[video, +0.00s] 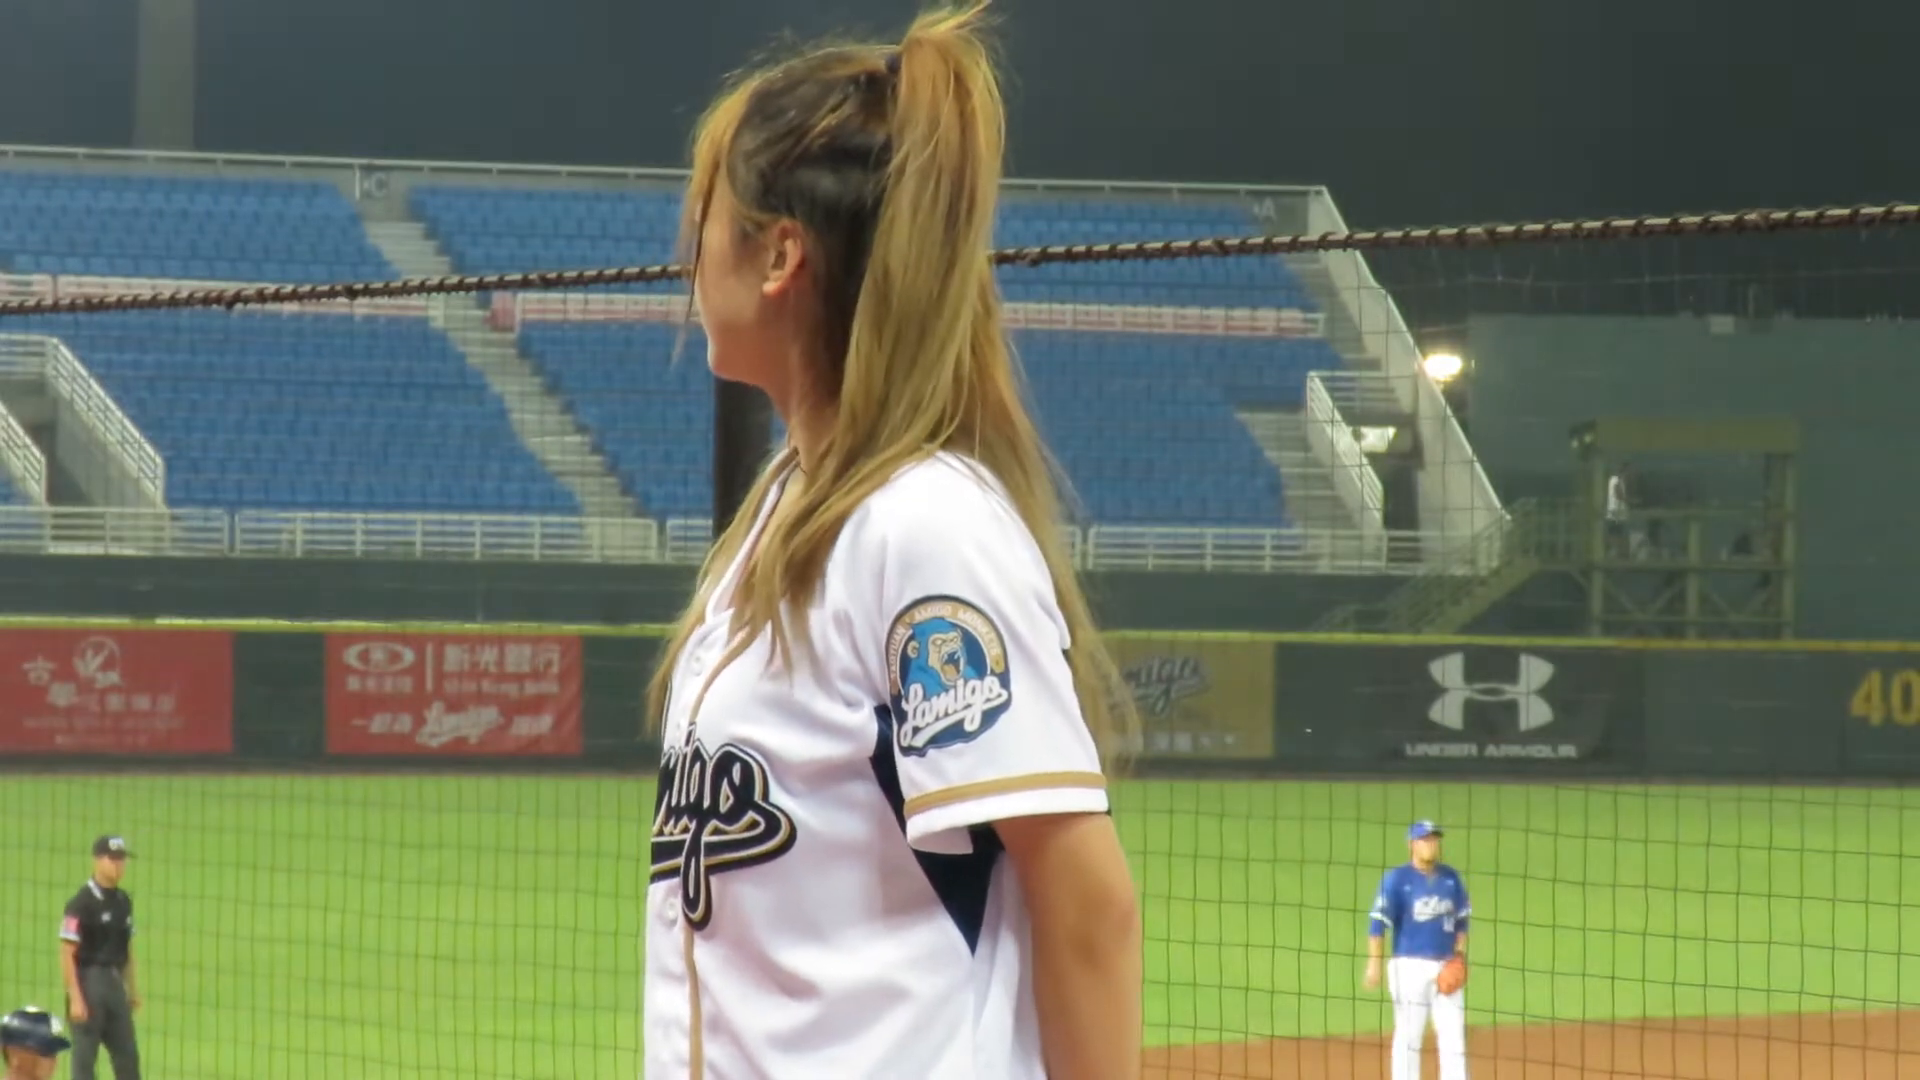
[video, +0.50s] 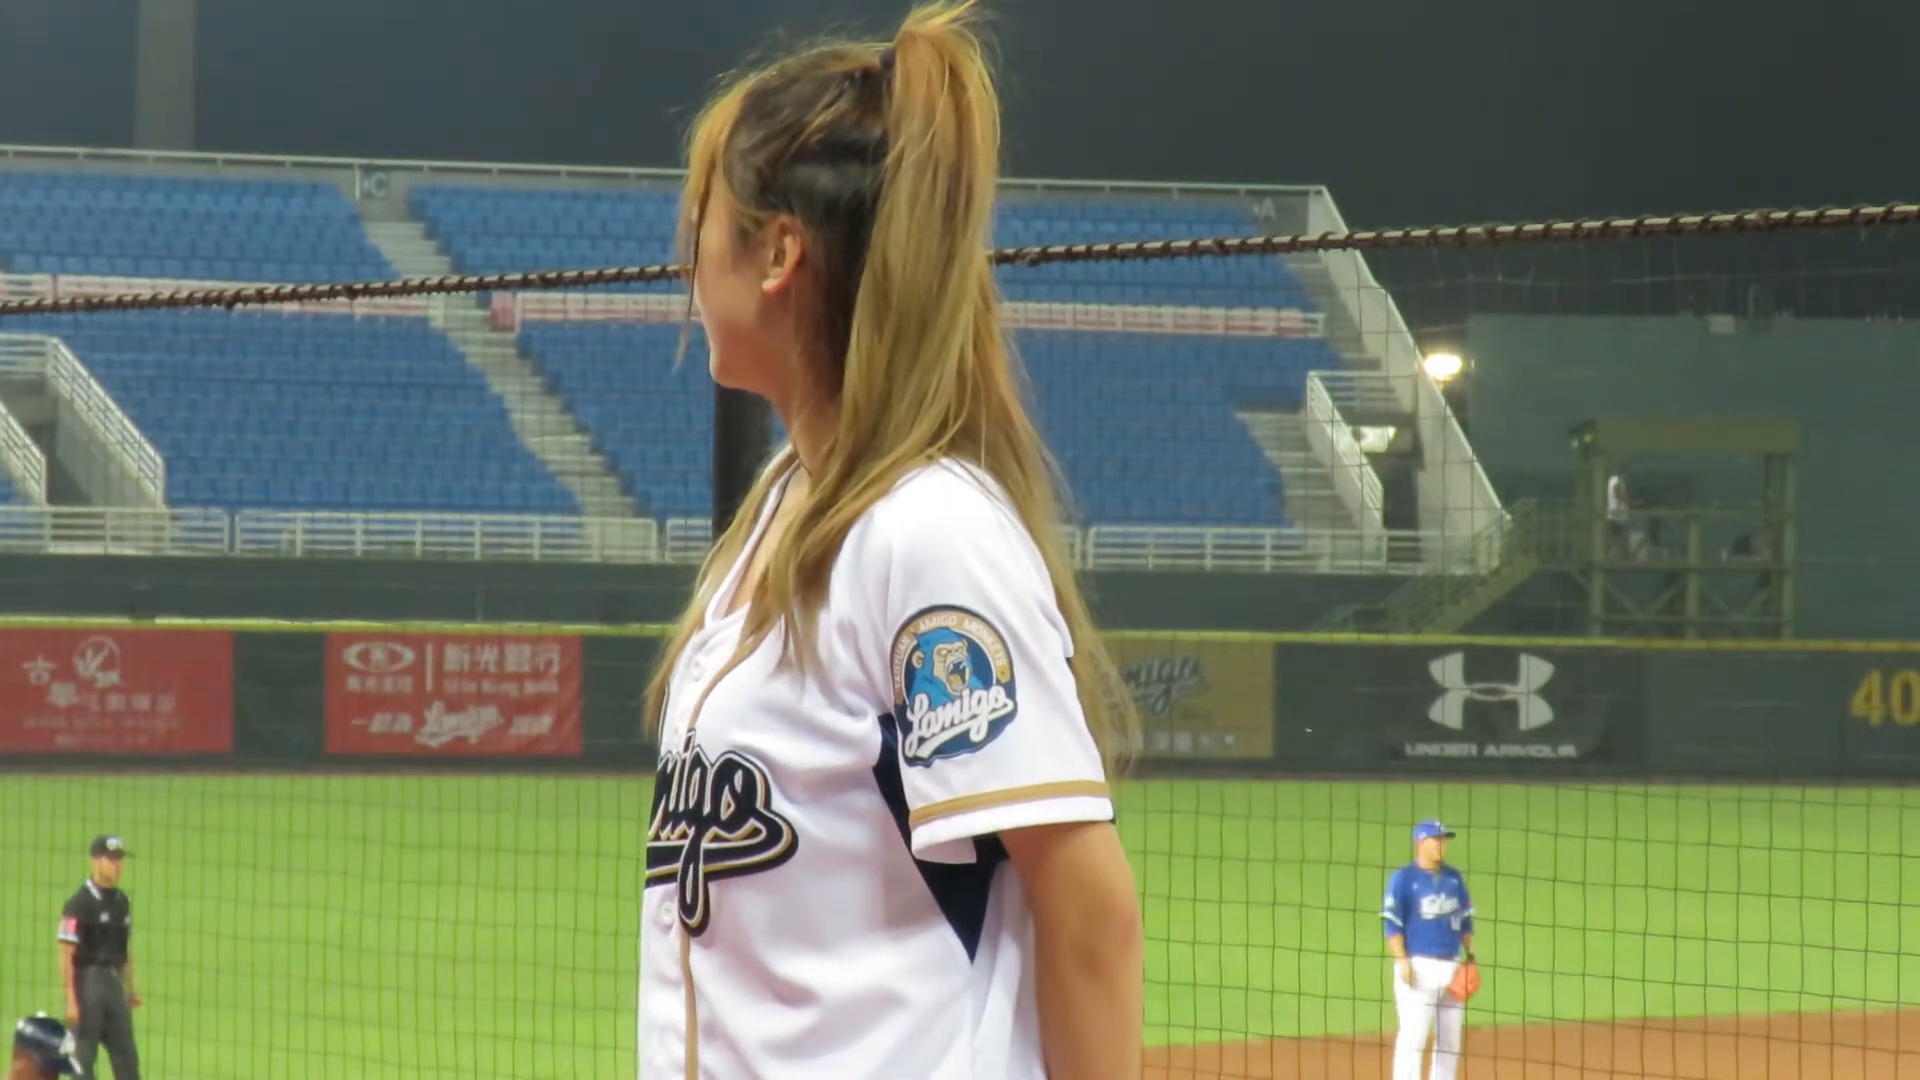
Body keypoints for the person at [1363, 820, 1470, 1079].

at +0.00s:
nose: (1431, 845)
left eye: (1434, 839)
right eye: (1425, 840)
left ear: (1439, 843)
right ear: (1412, 844)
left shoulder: (1451, 878)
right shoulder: (1396, 879)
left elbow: (1462, 921)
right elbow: (1378, 922)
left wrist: (1459, 956)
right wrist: (1374, 963)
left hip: (1446, 965)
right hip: (1409, 966)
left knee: (1453, 1041)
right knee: (1408, 1039)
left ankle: (1455, 1078)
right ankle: (1405, 1077)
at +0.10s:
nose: (1431, 845)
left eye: (1433, 839)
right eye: (1424, 840)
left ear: (1437, 843)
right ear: (1410, 845)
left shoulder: (1448, 877)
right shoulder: (1394, 878)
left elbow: (1460, 920)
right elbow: (1376, 920)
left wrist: (1459, 957)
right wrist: (1376, 965)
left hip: (1446, 965)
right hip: (1409, 967)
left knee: (1454, 1042)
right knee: (1408, 1040)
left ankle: (1451, 1077)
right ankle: (1404, 1077)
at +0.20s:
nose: (1431, 845)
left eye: (1433, 839)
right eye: (1424, 840)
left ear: (1437, 843)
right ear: (1410, 844)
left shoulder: (1447, 876)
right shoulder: (1394, 878)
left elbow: (1459, 919)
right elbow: (1381, 926)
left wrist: (1460, 955)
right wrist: (1381, 967)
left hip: (1446, 964)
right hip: (1410, 965)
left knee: (1455, 1039)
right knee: (1408, 1039)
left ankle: (1449, 1077)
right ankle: (1404, 1077)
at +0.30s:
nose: (1431, 844)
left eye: (1433, 839)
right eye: (1425, 840)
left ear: (1438, 843)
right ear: (1410, 844)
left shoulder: (1447, 876)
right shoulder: (1395, 878)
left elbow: (1459, 921)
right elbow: (1388, 927)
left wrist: (1462, 958)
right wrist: (1392, 966)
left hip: (1447, 964)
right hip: (1412, 965)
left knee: (1455, 1038)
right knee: (1409, 1039)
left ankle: (1446, 1077)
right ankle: (1404, 1077)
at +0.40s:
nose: (1435, 845)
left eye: (1436, 839)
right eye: (1428, 840)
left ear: (1440, 843)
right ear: (1414, 843)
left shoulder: (1450, 877)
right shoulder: (1398, 880)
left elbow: (1461, 922)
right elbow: (1389, 926)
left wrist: (1466, 958)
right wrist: (1399, 962)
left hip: (1449, 965)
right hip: (1414, 965)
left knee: (1453, 1041)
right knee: (1410, 1040)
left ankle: (1446, 1078)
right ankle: (1405, 1077)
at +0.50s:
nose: (1441, 845)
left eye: (1442, 840)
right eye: (1435, 840)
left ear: (1444, 843)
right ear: (1421, 842)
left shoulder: (1454, 877)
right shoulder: (1403, 878)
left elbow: (1465, 921)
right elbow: (1392, 923)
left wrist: (1470, 956)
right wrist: (1402, 960)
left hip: (1452, 965)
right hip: (1417, 965)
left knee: (1450, 1041)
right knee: (1414, 1038)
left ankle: (1443, 1078)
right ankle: (1406, 1077)